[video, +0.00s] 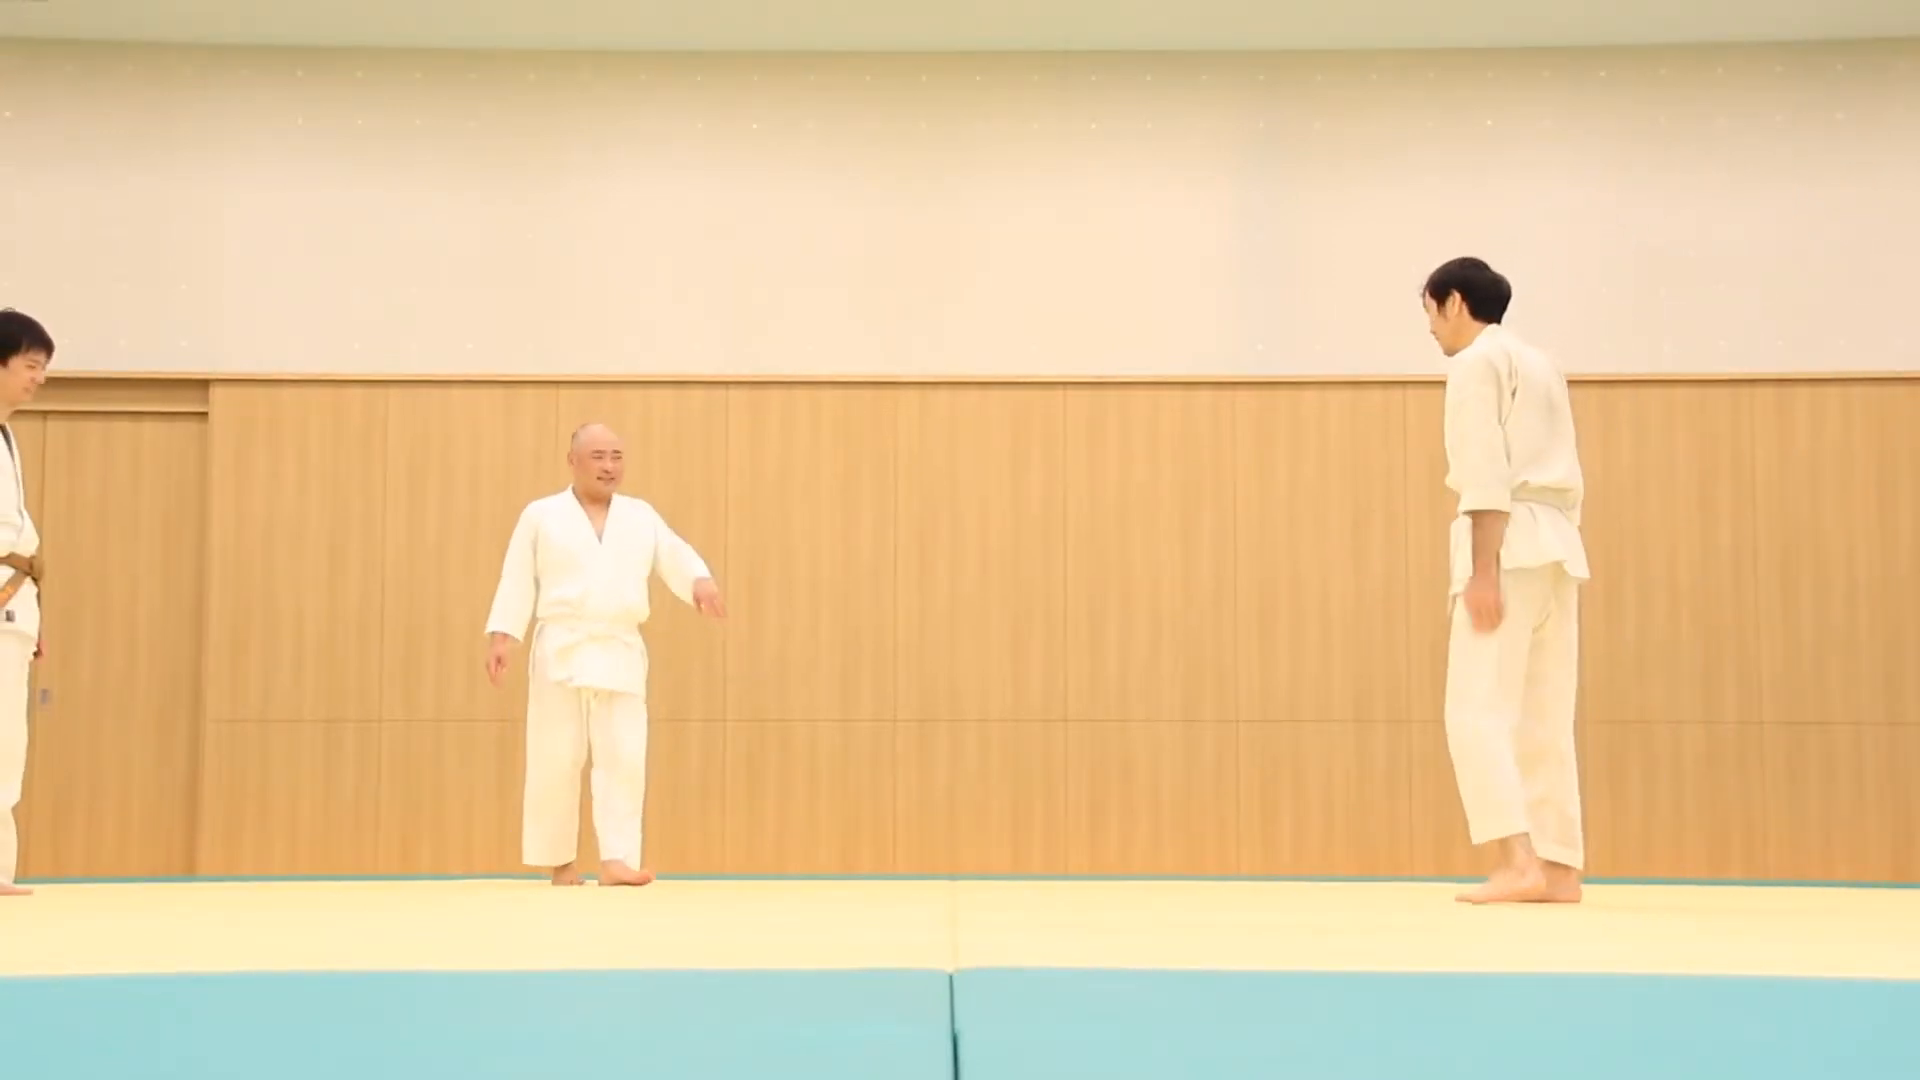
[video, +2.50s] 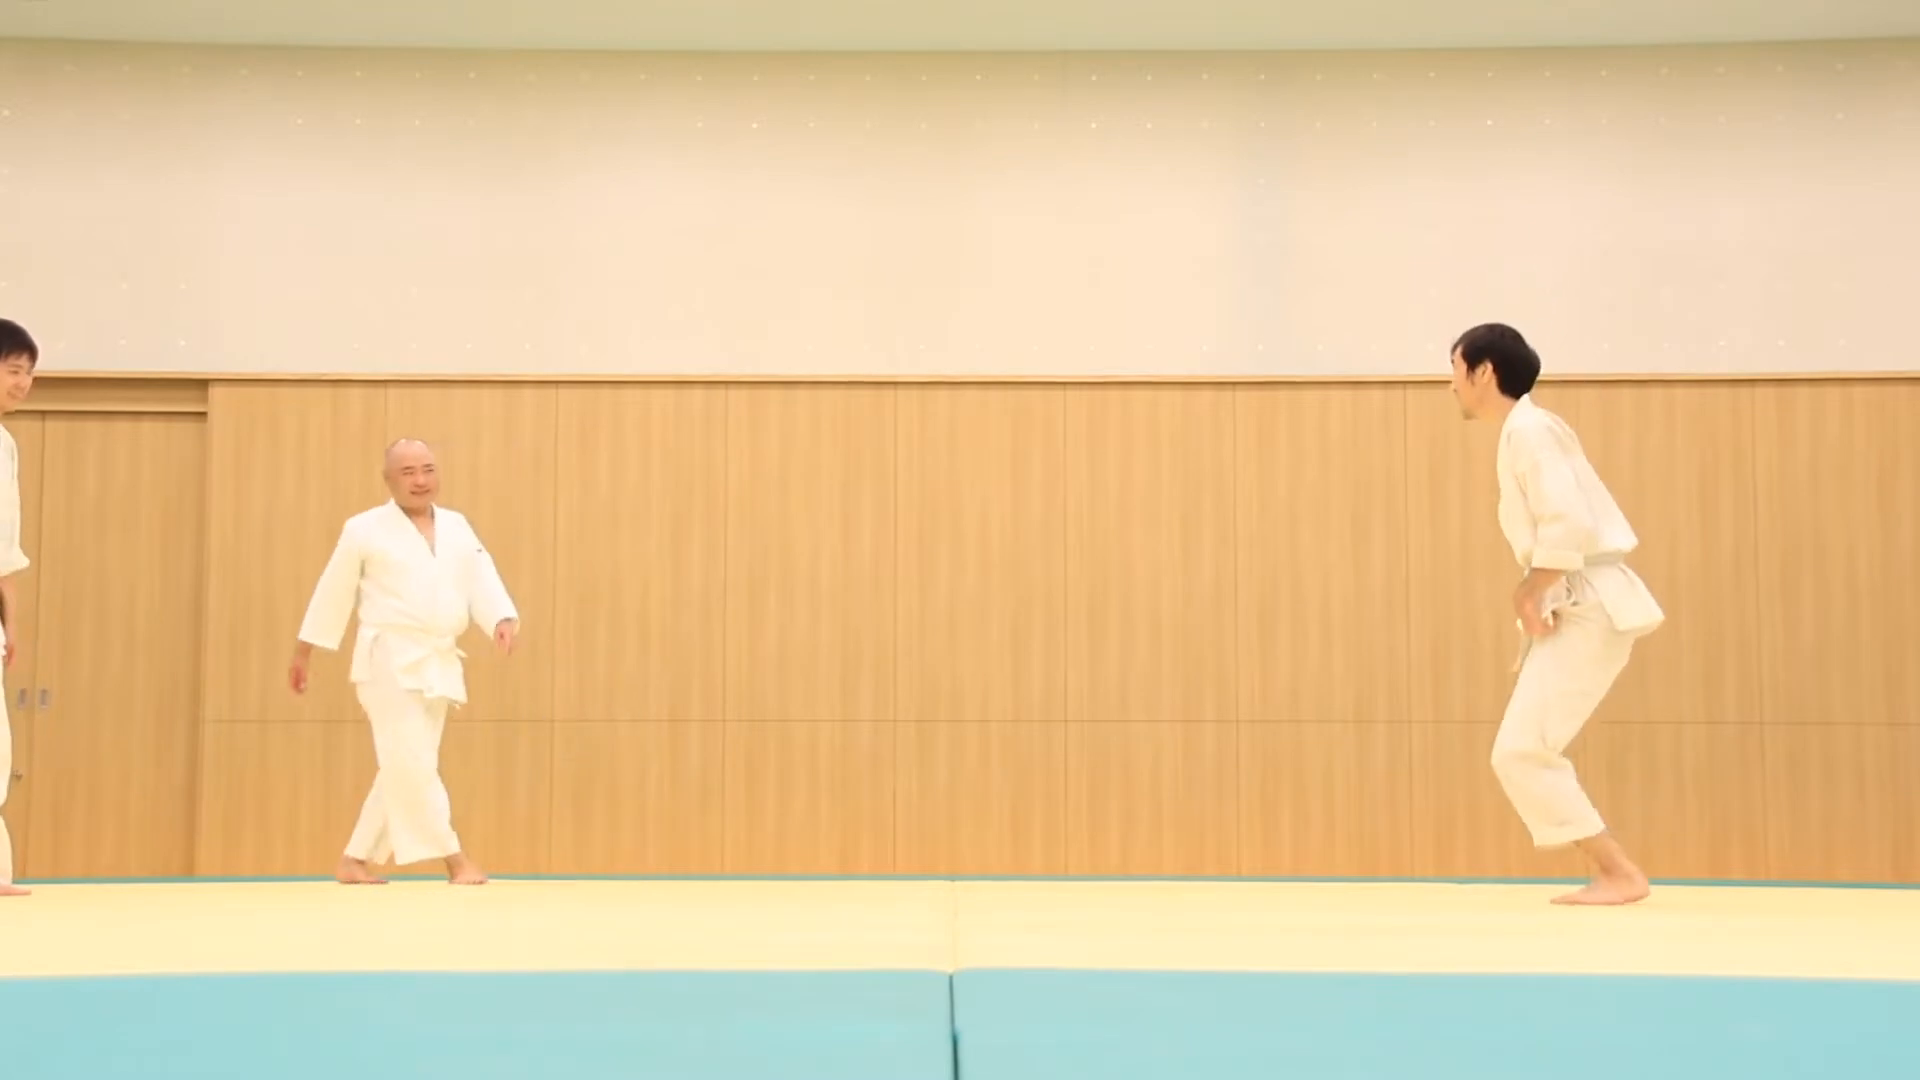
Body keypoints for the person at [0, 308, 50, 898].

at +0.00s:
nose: (39, 378)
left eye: (43, 367)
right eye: (31, 365)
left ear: (32, 370)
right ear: (1, 363)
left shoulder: (8, 440)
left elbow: (20, 532)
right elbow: (7, 531)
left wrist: (29, 612)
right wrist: (18, 573)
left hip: (18, 613)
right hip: (6, 614)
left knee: (10, 746)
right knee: (5, 747)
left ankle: (4, 867)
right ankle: (1, 868)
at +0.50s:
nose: (44, 375)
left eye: (47, 365)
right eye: (35, 363)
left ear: (37, 370)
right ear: (5, 363)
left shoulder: (14, 441)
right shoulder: (1, 441)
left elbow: (26, 529)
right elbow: (8, 528)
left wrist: (18, 587)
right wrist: (9, 596)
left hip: (22, 601)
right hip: (6, 603)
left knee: (15, 739)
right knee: (8, 741)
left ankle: (6, 867)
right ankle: (2, 867)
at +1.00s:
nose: (40, 375)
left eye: (43, 364)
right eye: (31, 362)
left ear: (32, 369)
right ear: (1, 363)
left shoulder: (12, 440)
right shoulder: (1, 440)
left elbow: (25, 529)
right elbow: (7, 528)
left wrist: (16, 575)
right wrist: (30, 557)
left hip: (20, 611)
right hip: (10, 613)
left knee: (13, 747)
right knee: (8, 748)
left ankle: (7, 869)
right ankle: (3, 869)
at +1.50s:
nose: (34, 376)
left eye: (37, 365)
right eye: (24, 363)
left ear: (30, 370)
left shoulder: (9, 442)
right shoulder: (1, 442)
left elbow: (16, 527)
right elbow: (9, 530)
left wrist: (24, 563)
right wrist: (26, 561)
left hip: (15, 611)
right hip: (8, 612)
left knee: (12, 746)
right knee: (7, 747)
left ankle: (6, 866)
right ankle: (3, 867)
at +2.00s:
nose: (28, 377)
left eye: (31, 366)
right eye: (20, 364)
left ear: (25, 369)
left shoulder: (5, 442)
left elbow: (9, 519)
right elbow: (4, 521)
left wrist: (19, 556)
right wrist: (17, 556)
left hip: (11, 616)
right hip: (5, 618)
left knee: (9, 744)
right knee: (5, 744)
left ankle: (4, 866)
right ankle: (0, 867)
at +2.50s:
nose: (24, 383)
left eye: (28, 372)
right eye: (16, 370)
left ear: (27, 376)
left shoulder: (7, 445)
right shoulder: (3, 446)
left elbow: (8, 546)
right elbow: (6, 547)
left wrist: (9, 622)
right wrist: (9, 623)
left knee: (2, 751)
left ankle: (2, 867)